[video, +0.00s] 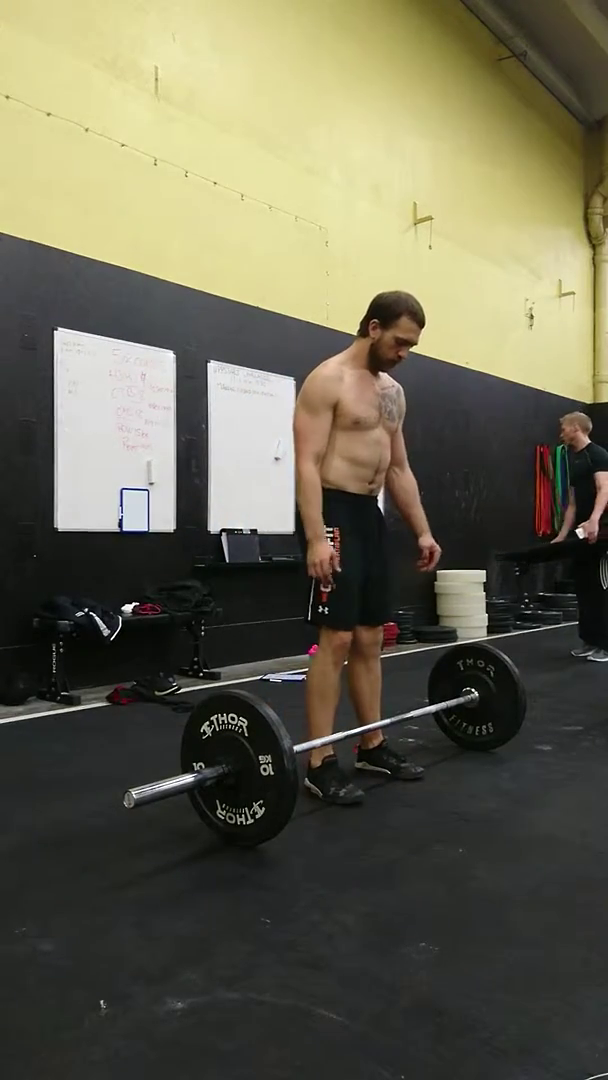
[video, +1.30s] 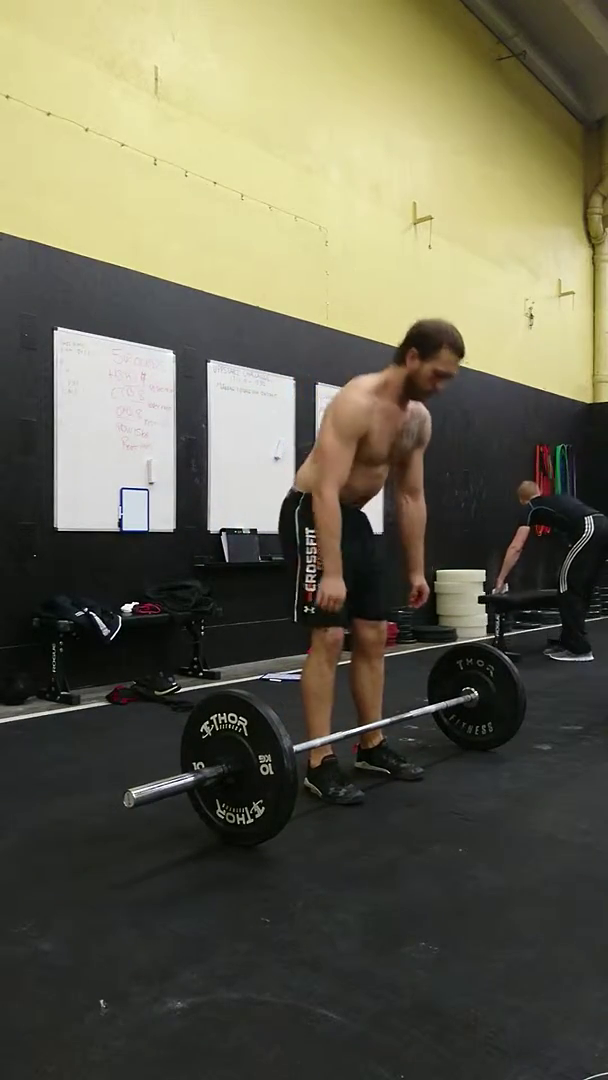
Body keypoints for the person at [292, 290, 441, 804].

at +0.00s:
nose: (404, 353)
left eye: (410, 346)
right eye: (399, 342)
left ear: (408, 341)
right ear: (371, 328)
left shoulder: (392, 390)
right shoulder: (327, 379)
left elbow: (398, 467)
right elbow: (307, 461)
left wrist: (422, 530)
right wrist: (316, 537)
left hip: (371, 516)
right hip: (332, 513)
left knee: (369, 637)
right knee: (336, 638)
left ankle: (372, 748)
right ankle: (319, 763)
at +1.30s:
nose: (441, 386)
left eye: (448, 378)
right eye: (438, 375)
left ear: (440, 369)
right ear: (411, 357)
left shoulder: (418, 419)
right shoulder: (356, 401)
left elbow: (411, 495)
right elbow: (326, 487)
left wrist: (417, 570)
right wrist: (332, 571)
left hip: (355, 516)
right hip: (312, 512)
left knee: (372, 636)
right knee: (328, 638)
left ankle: (371, 746)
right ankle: (319, 761)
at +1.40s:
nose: (453, 425)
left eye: (459, 418)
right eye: (451, 414)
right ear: (425, 395)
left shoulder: (425, 450)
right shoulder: (365, 433)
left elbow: (413, 525)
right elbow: (338, 523)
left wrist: (413, 601)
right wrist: (337, 607)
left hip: (351, 526)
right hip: (305, 520)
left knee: (373, 635)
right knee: (328, 638)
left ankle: (371, 744)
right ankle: (320, 761)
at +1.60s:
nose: (459, 501)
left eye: (467, 495)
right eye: (459, 491)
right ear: (437, 468)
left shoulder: (433, 513)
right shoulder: (375, 498)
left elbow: (419, 586)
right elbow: (346, 593)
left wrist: (413, 659)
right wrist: (336, 678)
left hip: (352, 545)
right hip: (298, 536)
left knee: (382, 636)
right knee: (328, 643)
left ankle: (373, 746)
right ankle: (320, 761)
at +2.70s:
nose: (463, 435)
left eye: (469, 426)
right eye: (457, 422)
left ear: (471, 424)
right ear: (427, 410)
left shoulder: (442, 476)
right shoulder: (378, 462)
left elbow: (427, 554)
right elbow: (352, 559)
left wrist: (418, 628)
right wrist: (337, 639)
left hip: (356, 538)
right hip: (308, 529)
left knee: (385, 636)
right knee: (330, 646)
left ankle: (373, 747)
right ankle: (319, 763)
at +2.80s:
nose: (444, 374)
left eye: (448, 365)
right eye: (436, 363)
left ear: (444, 368)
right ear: (404, 360)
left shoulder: (433, 431)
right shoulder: (367, 421)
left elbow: (427, 512)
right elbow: (355, 517)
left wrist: (423, 587)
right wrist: (345, 595)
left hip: (363, 528)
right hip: (315, 523)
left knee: (389, 636)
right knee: (338, 638)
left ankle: (373, 746)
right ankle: (321, 762)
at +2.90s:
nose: (405, 336)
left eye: (408, 328)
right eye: (397, 326)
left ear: (404, 331)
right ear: (366, 328)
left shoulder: (408, 386)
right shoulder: (343, 381)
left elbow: (419, 466)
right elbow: (350, 468)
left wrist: (431, 539)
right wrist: (354, 546)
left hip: (382, 520)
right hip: (337, 519)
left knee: (407, 639)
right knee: (358, 643)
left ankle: (377, 744)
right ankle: (326, 760)